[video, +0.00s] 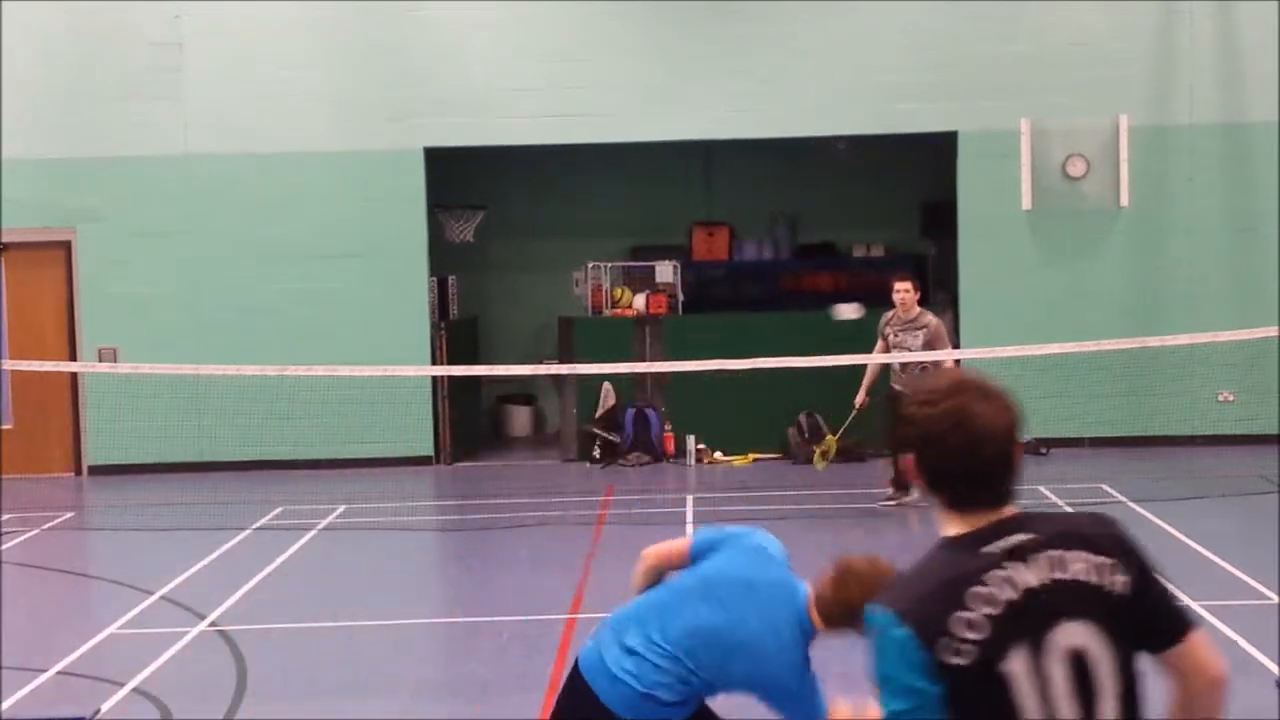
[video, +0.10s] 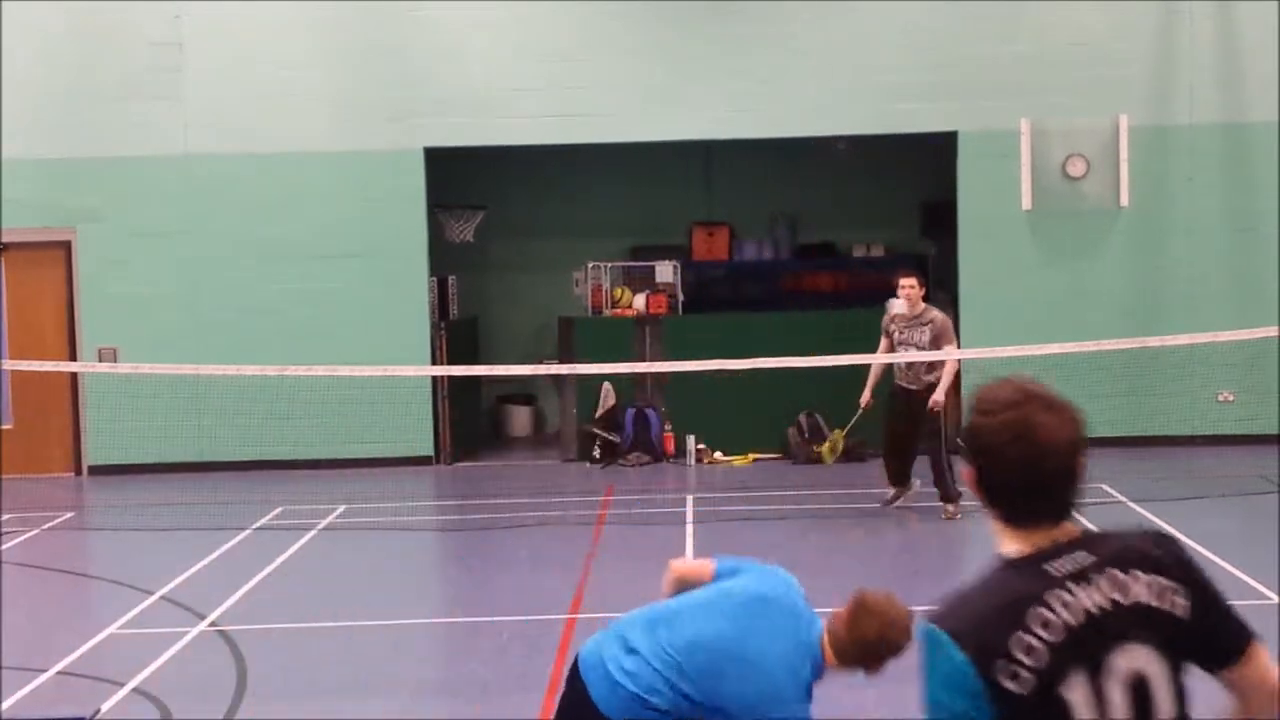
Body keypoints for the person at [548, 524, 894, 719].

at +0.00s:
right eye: (871, 622)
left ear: (832, 570)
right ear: (856, 626)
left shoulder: (757, 546)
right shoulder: (790, 676)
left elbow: (652, 557)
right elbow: (821, 714)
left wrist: (641, 617)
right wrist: (848, 713)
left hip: (592, 666)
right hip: (640, 706)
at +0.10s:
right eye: (884, 658)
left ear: (844, 606)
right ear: (871, 667)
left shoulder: (777, 583)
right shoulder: (786, 705)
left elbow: (680, 570)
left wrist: (675, 626)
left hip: (594, 657)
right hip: (617, 707)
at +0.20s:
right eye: (880, 686)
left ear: (839, 625)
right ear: (866, 695)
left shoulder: (775, 604)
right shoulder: (775, 709)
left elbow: (694, 583)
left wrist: (709, 639)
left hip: (587, 664)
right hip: (608, 707)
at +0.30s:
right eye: (861, 684)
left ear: (823, 623)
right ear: (846, 693)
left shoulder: (763, 607)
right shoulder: (753, 709)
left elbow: (698, 585)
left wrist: (707, 637)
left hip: (575, 671)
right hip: (590, 708)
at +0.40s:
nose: (823, 672)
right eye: (827, 668)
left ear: (791, 610)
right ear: (816, 673)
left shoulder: (738, 600)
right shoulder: (721, 704)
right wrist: (749, 711)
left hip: (562, 693)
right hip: (580, 716)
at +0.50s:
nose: (798, 654)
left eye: (805, 646)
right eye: (804, 646)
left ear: (761, 597)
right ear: (786, 642)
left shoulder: (711, 592)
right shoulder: (693, 689)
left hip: (559, 694)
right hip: (569, 715)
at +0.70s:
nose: (806, 677)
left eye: (814, 666)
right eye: (810, 663)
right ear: (779, 642)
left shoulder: (715, 588)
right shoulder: (697, 697)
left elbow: (629, 577)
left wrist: (598, 638)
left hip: (567, 696)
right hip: (576, 714)